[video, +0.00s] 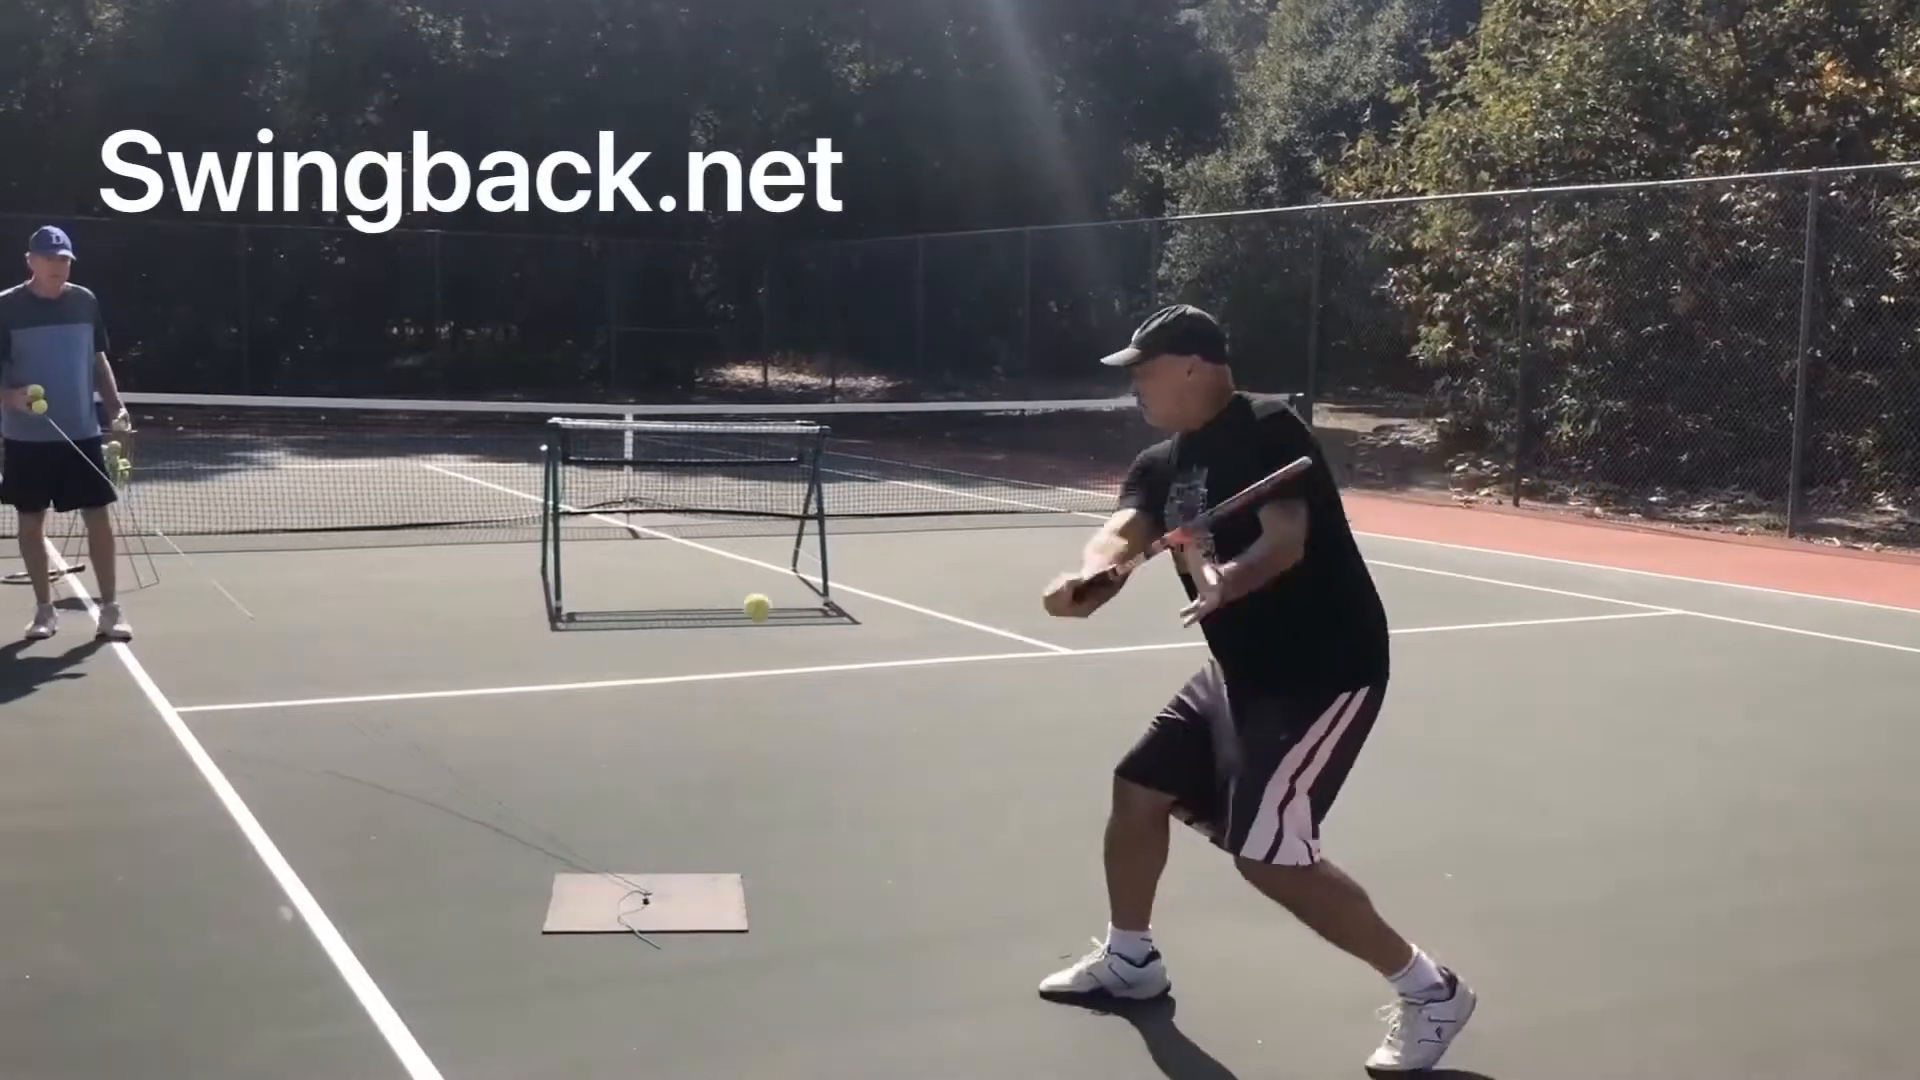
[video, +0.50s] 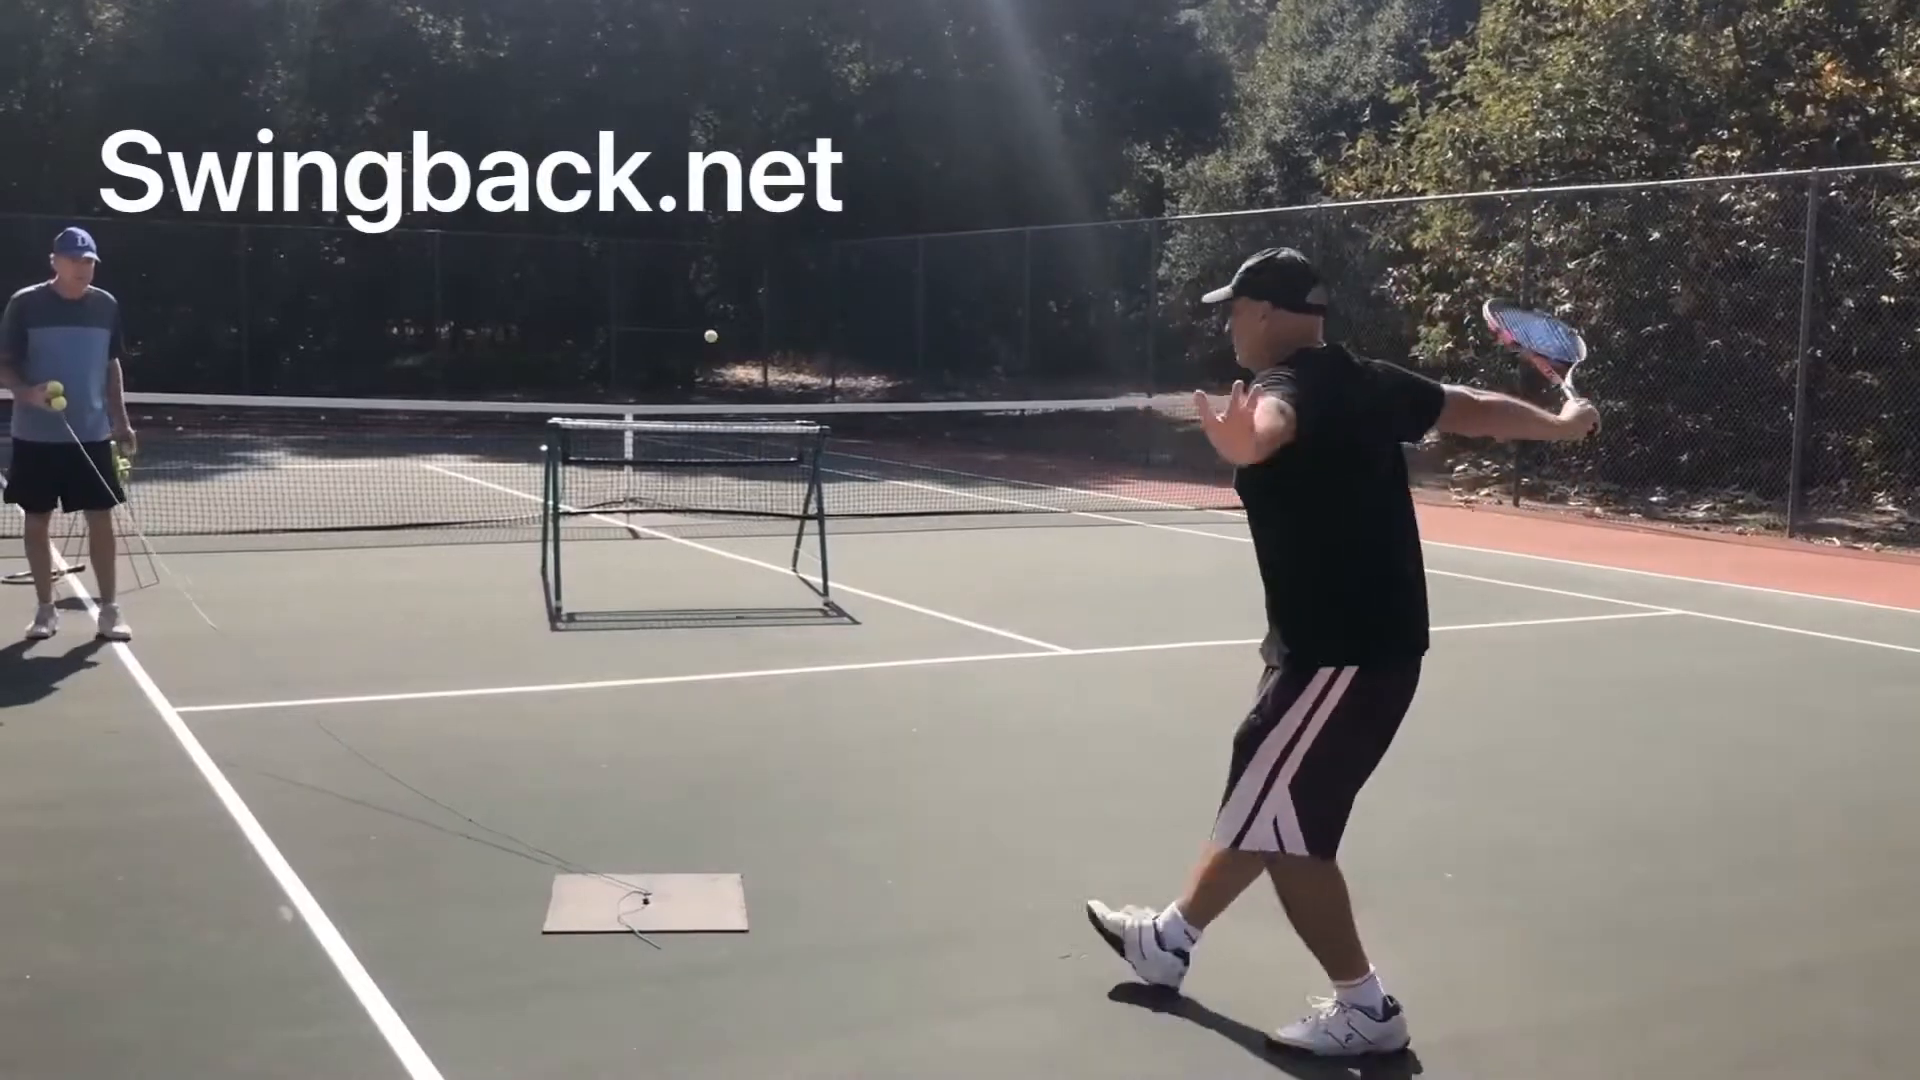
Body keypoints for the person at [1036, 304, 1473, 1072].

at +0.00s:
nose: (1135, 385)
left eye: (1147, 369)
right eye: (1135, 372)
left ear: (1199, 370)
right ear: (1182, 377)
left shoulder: (1272, 430)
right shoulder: (1160, 464)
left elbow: (1287, 540)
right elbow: (1122, 535)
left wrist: (1223, 580)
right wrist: (1083, 582)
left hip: (1329, 674)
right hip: (1243, 669)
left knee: (1268, 850)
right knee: (1141, 786)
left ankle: (1431, 991)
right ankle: (1130, 958)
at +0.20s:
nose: (1117, 382)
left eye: (1128, 367)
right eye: (1118, 368)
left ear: (1179, 367)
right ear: (1169, 371)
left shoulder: (1228, 430)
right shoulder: (1185, 446)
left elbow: (1300, 504)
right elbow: (1241, 569)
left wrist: (1373, 565)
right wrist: (1196, 654)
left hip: (1292, 673)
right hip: (1230, 667)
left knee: (1219, 843)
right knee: (1133, 782)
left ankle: (1409, 938)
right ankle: (1130, 958)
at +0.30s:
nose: (1131, 370)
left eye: (1142, 354)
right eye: (1132, 356)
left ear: (1193, 357)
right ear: (1187, 361)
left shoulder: (1234, 421)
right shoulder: (1201, 433)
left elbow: (1300, 447)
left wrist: (1366, 469)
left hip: (1304, 664)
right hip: (1242, 655)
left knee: (1215, 832)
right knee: (1148, 785)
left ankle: (1384, 958)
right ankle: (1131, 955)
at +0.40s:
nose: (1176, 349)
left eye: (1185, 334)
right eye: (1177, 335)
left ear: (1229, 337)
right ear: (1244, 339)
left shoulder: (1253, 397)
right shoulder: (1283, 393)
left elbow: (1277, 419)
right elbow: (1407, 425)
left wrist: (1312, 429)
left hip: (1321, 656)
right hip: (1276, 649)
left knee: (1233, 816)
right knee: (1196, 794)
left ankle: (1358, 993)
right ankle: (1136, 955)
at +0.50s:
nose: (1229, 324)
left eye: (1238, 310)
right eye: (1231, 310)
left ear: (1277, 316)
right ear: (1307, 319)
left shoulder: (1286, 385)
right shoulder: (1364, 380)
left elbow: (1260, 431)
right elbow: (1477, 410)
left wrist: (1232, 432)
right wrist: (1562, 420)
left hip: (1340, 655)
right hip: (1358, 647)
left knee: (1281, 815)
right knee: (1265, 800)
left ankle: (1366, 1006)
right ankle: (1169, 939)